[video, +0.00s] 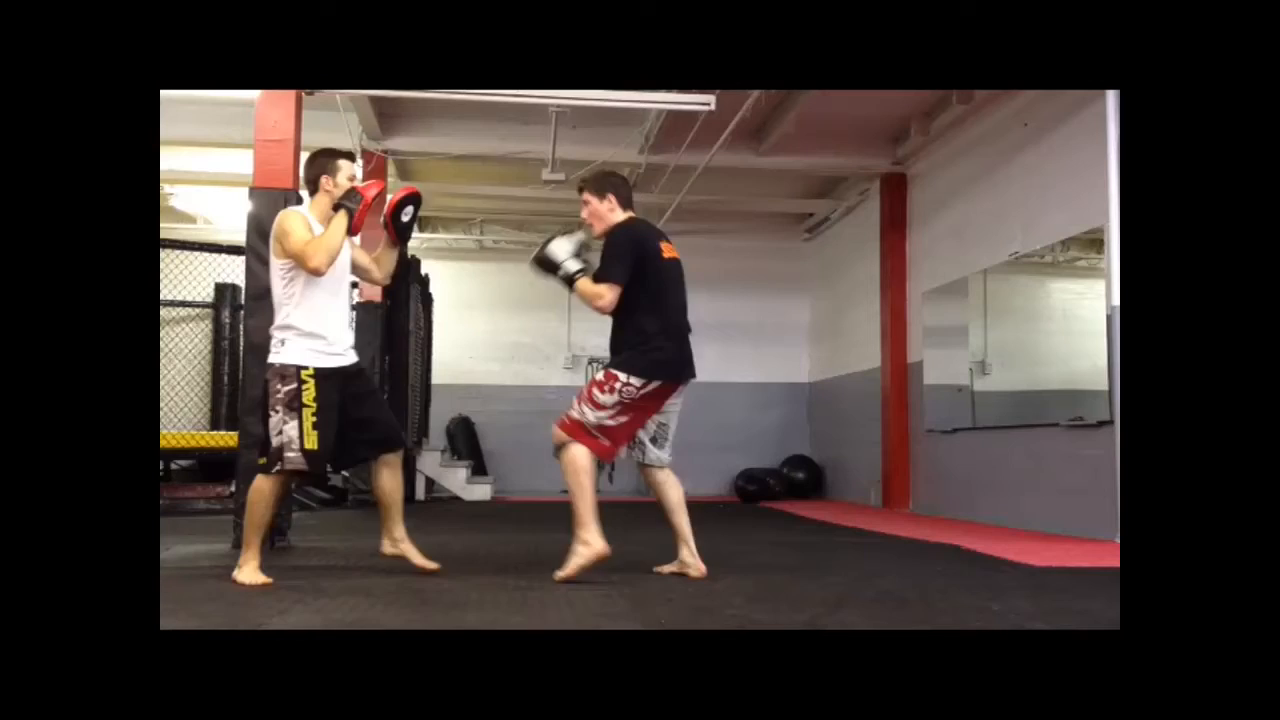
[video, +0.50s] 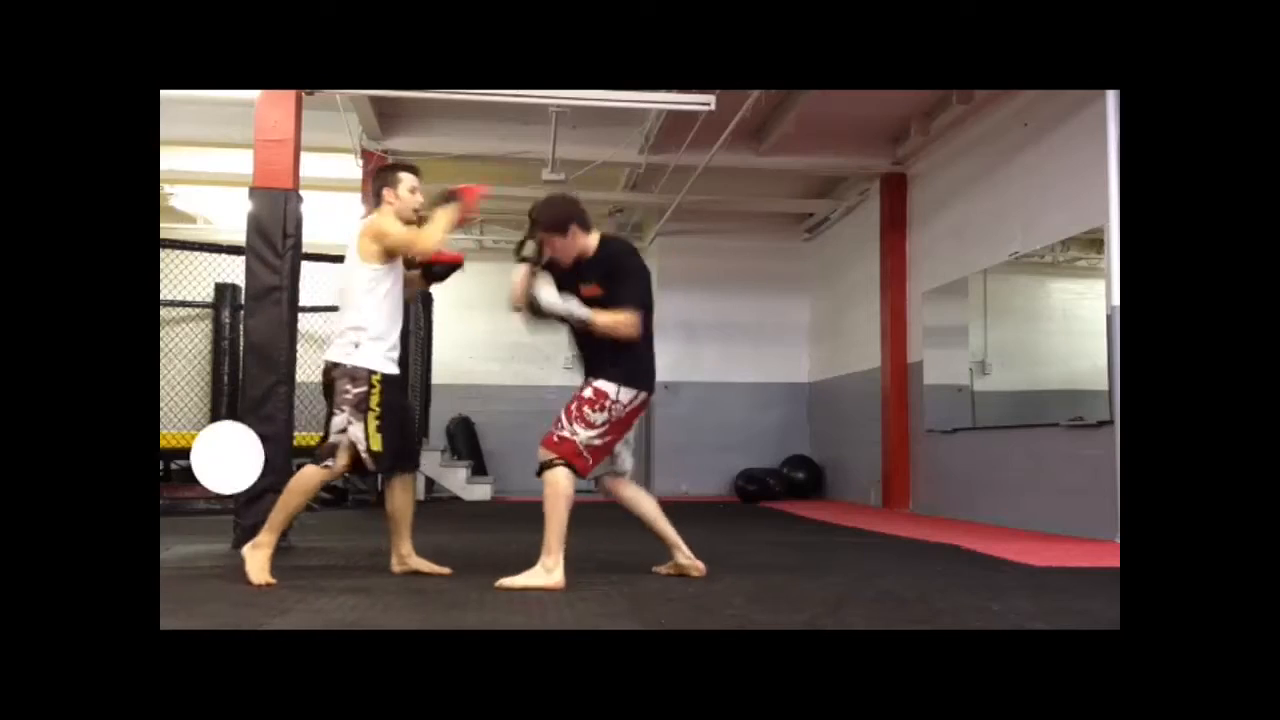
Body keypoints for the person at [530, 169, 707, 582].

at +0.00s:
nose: (584, 215)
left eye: (587, 205)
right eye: (583, 207)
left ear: (612, 200)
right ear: (619, 203)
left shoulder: (624, 235)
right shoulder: (653, 235)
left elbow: (606, 299)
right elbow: (630, 298)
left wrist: (570, 269)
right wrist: (580, 266)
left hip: (641, 363)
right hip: (673, 364)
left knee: (571, 435)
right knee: (655, 460)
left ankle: (588, 538)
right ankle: (689, 555)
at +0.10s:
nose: (584, 215)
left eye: (587, 205)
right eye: (583, 206)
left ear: (610, 201)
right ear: (620, 203)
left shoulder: (622, 235)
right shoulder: (654, 235)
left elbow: (594, 296)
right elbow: (633, 293)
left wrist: (561, 270)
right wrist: (593, 263)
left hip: (637, 358)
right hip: (669, 360)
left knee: (563, 429)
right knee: (653, 455)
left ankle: (559, 534)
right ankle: (689, 554)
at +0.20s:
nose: (576, 209)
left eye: (579, 201)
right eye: (575, 201)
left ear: (601, 197)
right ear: (616, 198)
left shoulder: (595, 228)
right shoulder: (653, 226)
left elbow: (545, 267)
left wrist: (522, 238)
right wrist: (581, 232)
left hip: (626, 351)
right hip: (668, 351)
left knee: (571, 444)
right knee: (665, 456)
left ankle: (546, 546)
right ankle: (689, 554)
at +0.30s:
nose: (568, 213)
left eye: (569, 207)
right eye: (567, 208)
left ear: (590, 199)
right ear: (607, 197)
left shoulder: (582, 224)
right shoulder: (646, 226)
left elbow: (512, 243)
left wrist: (480, 219)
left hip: (617, 357)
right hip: (658, 357)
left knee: (574, 454)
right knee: (659, 458)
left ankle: (550, 560)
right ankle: (688, 554)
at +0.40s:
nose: (556, 227)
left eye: (557, 217)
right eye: (552, 220)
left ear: (580, 205)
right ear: (586, 205)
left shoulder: (598, 236)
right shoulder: (624, 232)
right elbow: (574, 288)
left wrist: (513, 257)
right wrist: (532, 261)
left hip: (616, 369)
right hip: (641, 367)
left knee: (566, 457)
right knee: (633, 463)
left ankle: (550, 565)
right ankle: (686, 555)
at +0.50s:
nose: (546, 252)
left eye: (549, 242)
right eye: (542, 244)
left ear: (572, 230)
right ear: (566, 233)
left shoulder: (621, 257)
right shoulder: (564, 266)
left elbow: (631, 326)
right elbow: (525, 304)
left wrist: (569, 309)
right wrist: (529, 272)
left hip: (624, 379)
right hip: (603, 377)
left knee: (556, 456)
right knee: (614, 481)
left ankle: (550, 566)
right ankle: (684, 556)